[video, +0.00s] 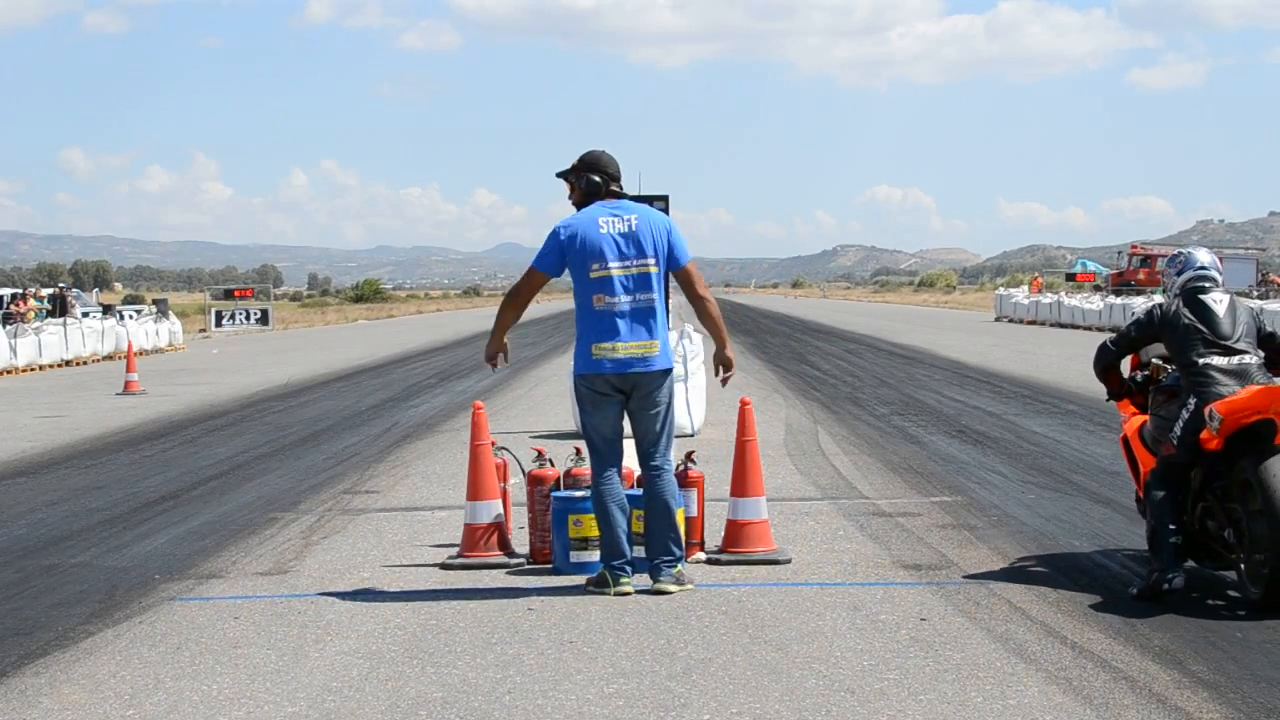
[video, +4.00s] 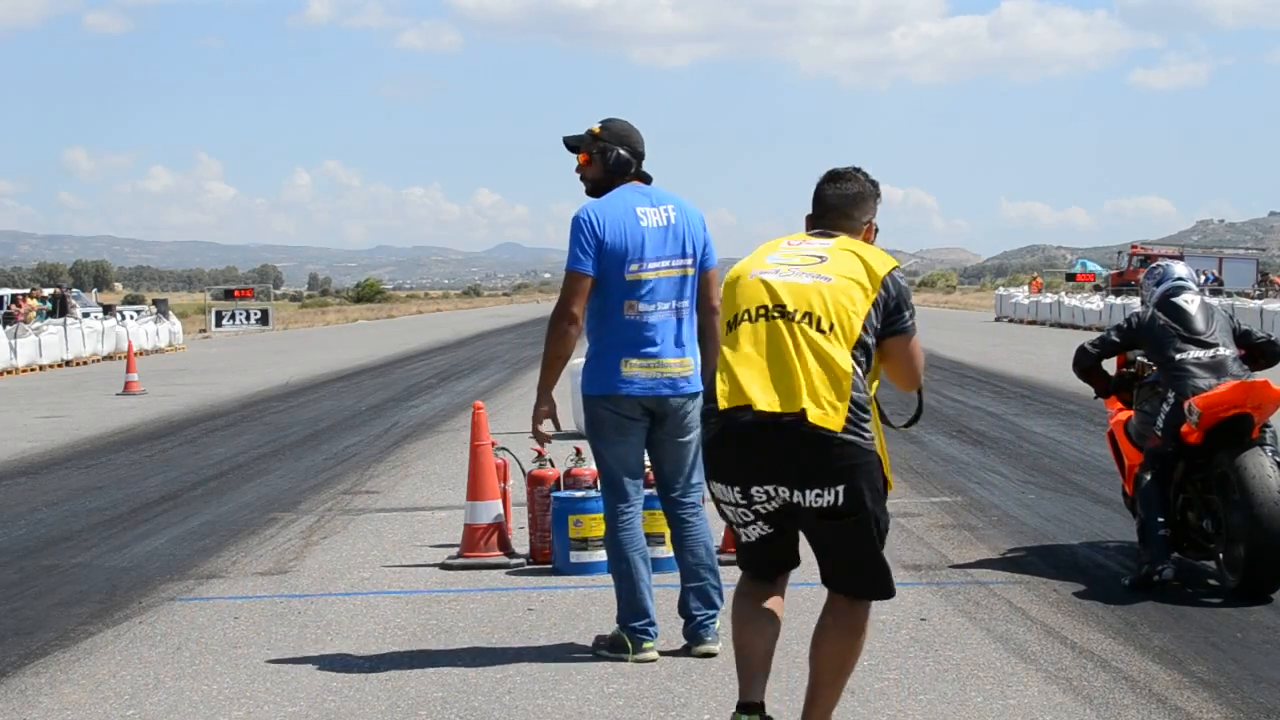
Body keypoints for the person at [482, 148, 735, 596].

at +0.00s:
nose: (568, 196)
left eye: (570, 188)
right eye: (568, 188)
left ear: (585, 186)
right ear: (616, 185)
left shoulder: (571, 230)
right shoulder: (659, 223)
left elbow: (523, 291)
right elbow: (698, 292)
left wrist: (497, 336)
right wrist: (723, 344)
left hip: (596, 366)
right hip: (653, 362)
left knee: (605, 468)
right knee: (658, 462)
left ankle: (616, 572)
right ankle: (667, 568)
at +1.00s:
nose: (647, 190)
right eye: (648, 183)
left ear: (604, 186)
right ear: (647, 185)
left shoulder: (573, 229)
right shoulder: (666, 229)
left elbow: (546, 305)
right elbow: (690, 314)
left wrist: (544, 364)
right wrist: (702, 374)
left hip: (593, 368)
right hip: (651, 366)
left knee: (603, 471)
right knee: (644, 472)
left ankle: (609, 572)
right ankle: (635, 584)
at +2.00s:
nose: (528, 184)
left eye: (530, 177)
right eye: (528, 177)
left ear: (544, 178)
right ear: (581, 177)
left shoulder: (523, 228)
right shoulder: (624, 220)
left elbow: (500, 319)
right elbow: (649, 307)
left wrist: (487, 390)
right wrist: (649, 370)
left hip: (553, 375)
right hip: (616, 371)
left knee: (561, 485)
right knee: (629, 477)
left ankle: (570, 605)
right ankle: (641, 593)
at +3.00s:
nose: (583, 176)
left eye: (586, 167)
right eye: (583, 167)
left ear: (600, 169)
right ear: (640, 170)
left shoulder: (589, 218)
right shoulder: (688, 221)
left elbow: (566, 311)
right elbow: (708, 308)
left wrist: (546, 386)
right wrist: (710, 382)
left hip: (607, 380)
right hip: (673, 379)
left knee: (597, 495)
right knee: (658, 496)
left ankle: (618, 606)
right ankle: (651, 616)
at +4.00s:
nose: (578, 169)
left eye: (585, 159)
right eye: (579, 159)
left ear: (610, 161)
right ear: (635, 163)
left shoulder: (594, 218)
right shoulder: (690, 215)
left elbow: (570, 317)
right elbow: (711, 308)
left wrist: (545, 391)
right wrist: (709, 379)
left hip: (614, 386)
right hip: (682, 382)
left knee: (623, 508)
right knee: (688, 500)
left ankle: (638, 633)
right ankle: (704, 626)